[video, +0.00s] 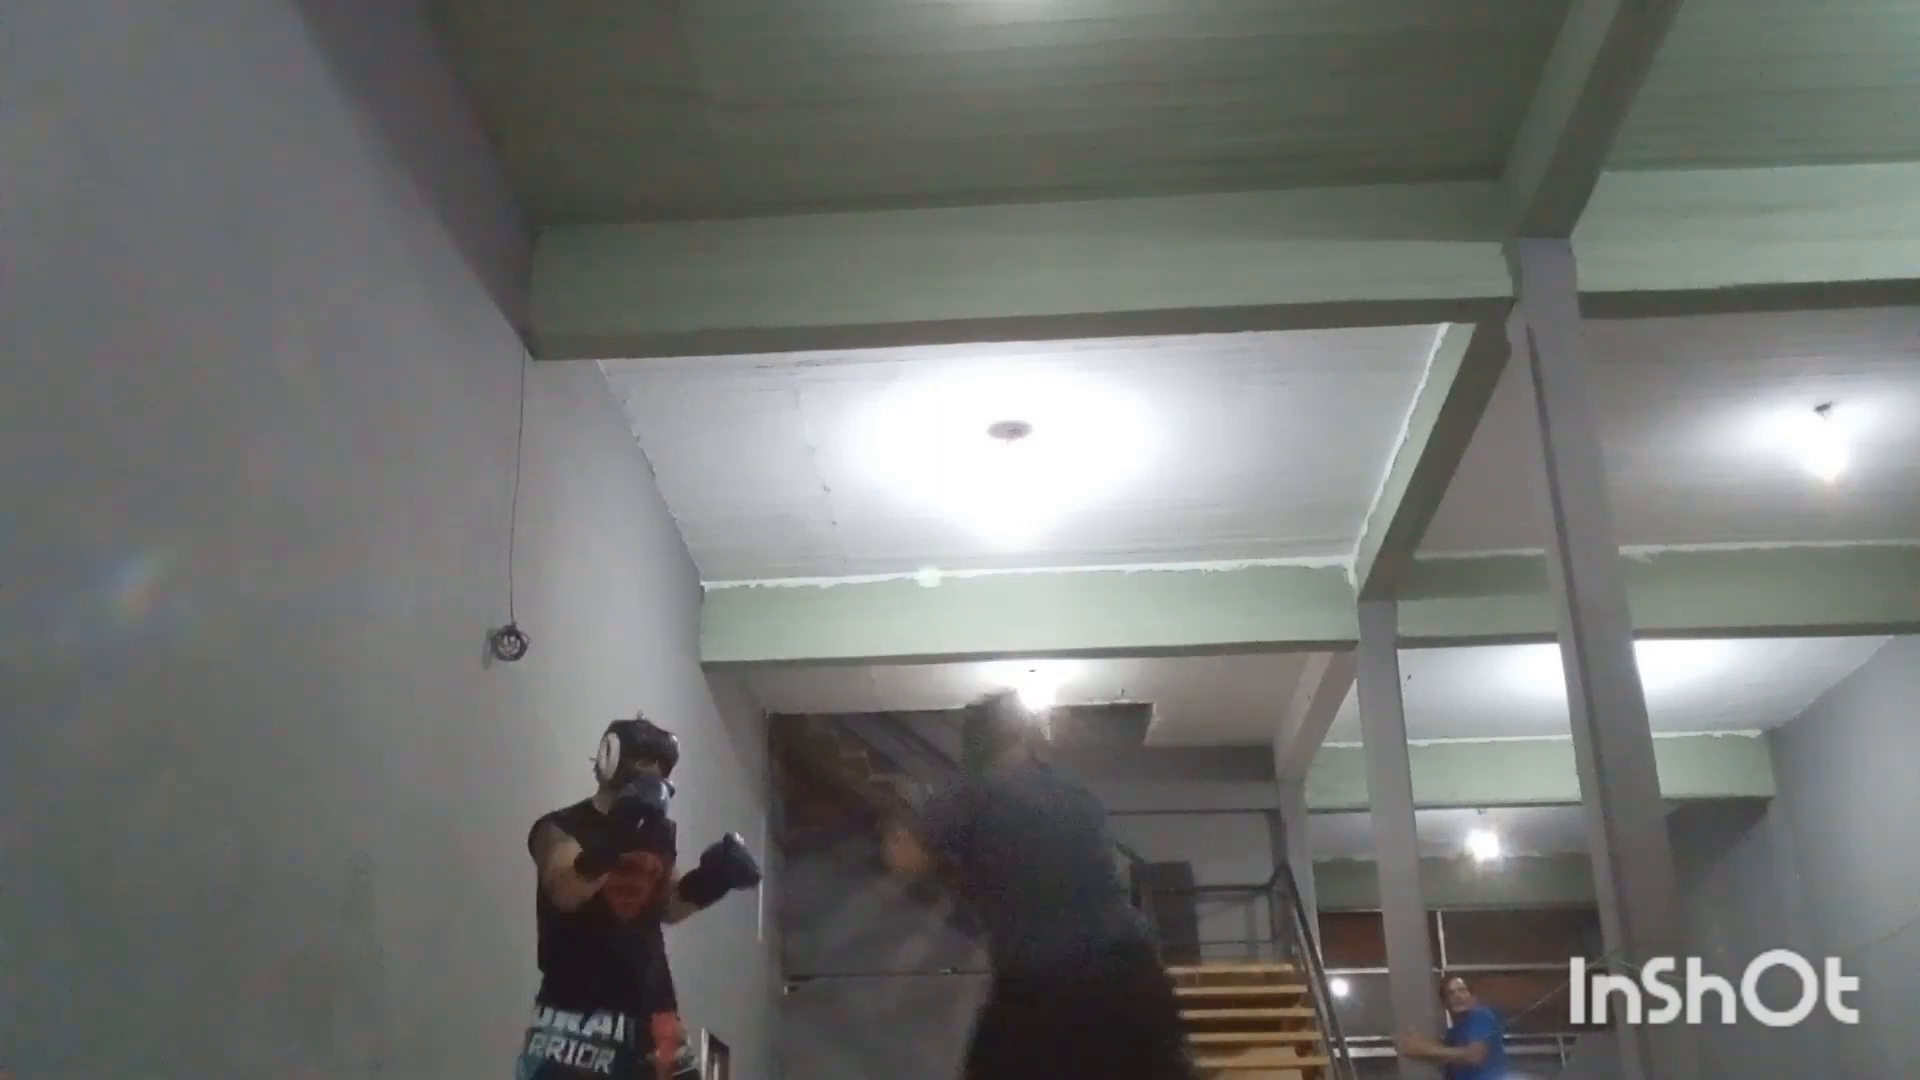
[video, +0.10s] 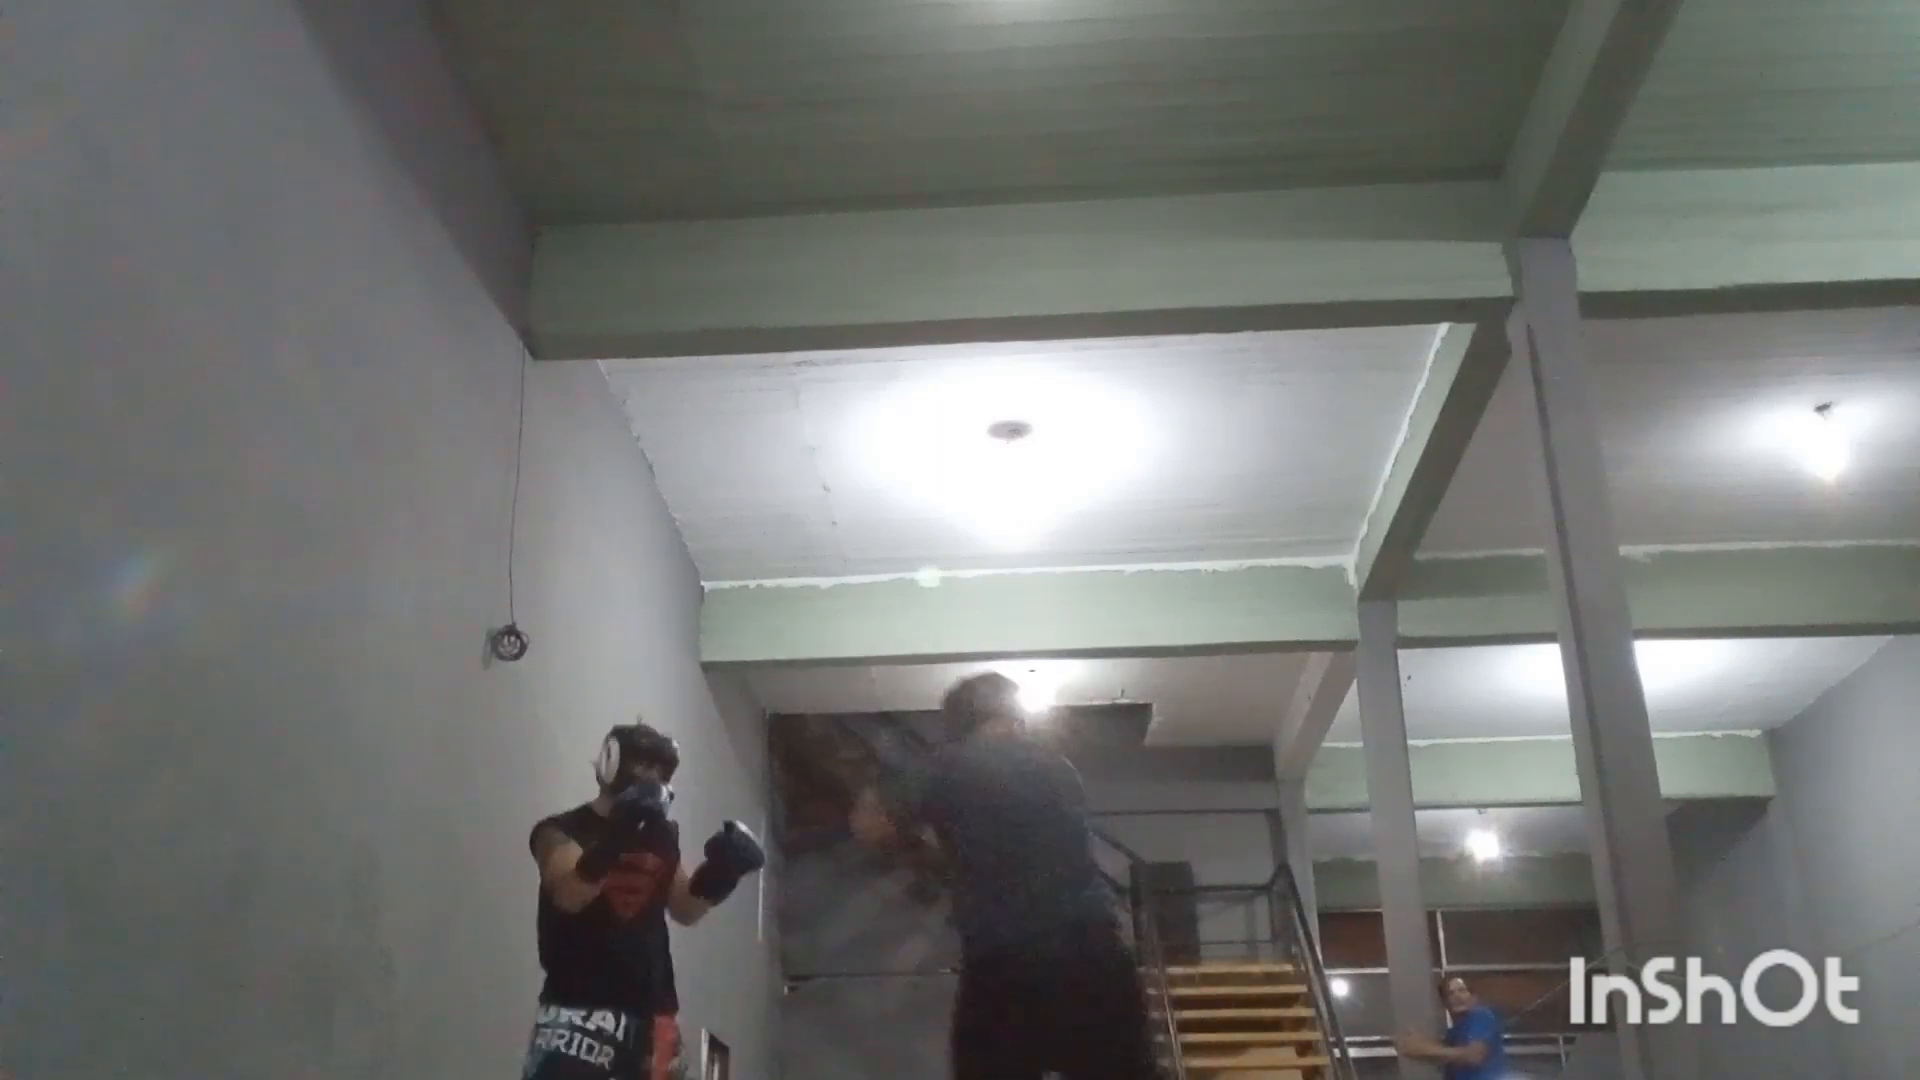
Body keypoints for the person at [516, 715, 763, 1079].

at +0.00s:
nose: (651, 788)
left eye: (660, 779)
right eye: (642, 774)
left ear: (667, 778)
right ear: (609, 763)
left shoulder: (660, 832)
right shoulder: (558, 828)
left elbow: (668, 909)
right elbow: (564, 894)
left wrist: (714, 878)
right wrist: (618, 832)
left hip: (650, 1011)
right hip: (575, 1011)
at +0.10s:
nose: (651, 786)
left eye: (661, 778)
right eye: (642, 771)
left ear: (668, 784)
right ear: (612, 767)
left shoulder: (660, 836)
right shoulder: (558, 831)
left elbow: (685, 910)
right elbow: (569, 897)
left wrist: (721, 871)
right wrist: (619, 834)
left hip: (650, 1014)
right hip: (576, 1011)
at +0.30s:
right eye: (650, 794)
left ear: (678, 802)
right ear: (626, 788)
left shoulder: (676, 855)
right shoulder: (583, 848)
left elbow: (729, 911)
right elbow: (584, 903)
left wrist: (741, 852)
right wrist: (635, 839)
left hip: (661, 1042)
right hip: (591, 1036)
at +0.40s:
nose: (691, 802)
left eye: (698, 792)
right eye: (682, 790)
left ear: (703, 789)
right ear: (655, 782)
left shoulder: (698, 838)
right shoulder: (600, 831)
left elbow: (746, 899)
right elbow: (604, 888)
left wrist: (753, 847)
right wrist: (656, 830)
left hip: (679, 1010)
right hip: (611, 1014)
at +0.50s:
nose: (705, 816)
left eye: (714, 808)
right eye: (697, 805)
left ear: (721, 812)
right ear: (674, 800)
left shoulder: (714, 860)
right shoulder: (618, 849)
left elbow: (769, 906)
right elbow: (632, 892)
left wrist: (771, 841)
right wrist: (675, 834)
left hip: (691, 1022)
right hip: (622, 1022)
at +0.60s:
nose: (723, 838)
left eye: (733, 829)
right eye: (714, 826)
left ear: (745, 835)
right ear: (694, 825)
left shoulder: (742, 894)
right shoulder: (651, 875)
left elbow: (798, 923)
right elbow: (649, 903)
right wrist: (698, 862)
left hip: (711, 1057)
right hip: (639, 1053)